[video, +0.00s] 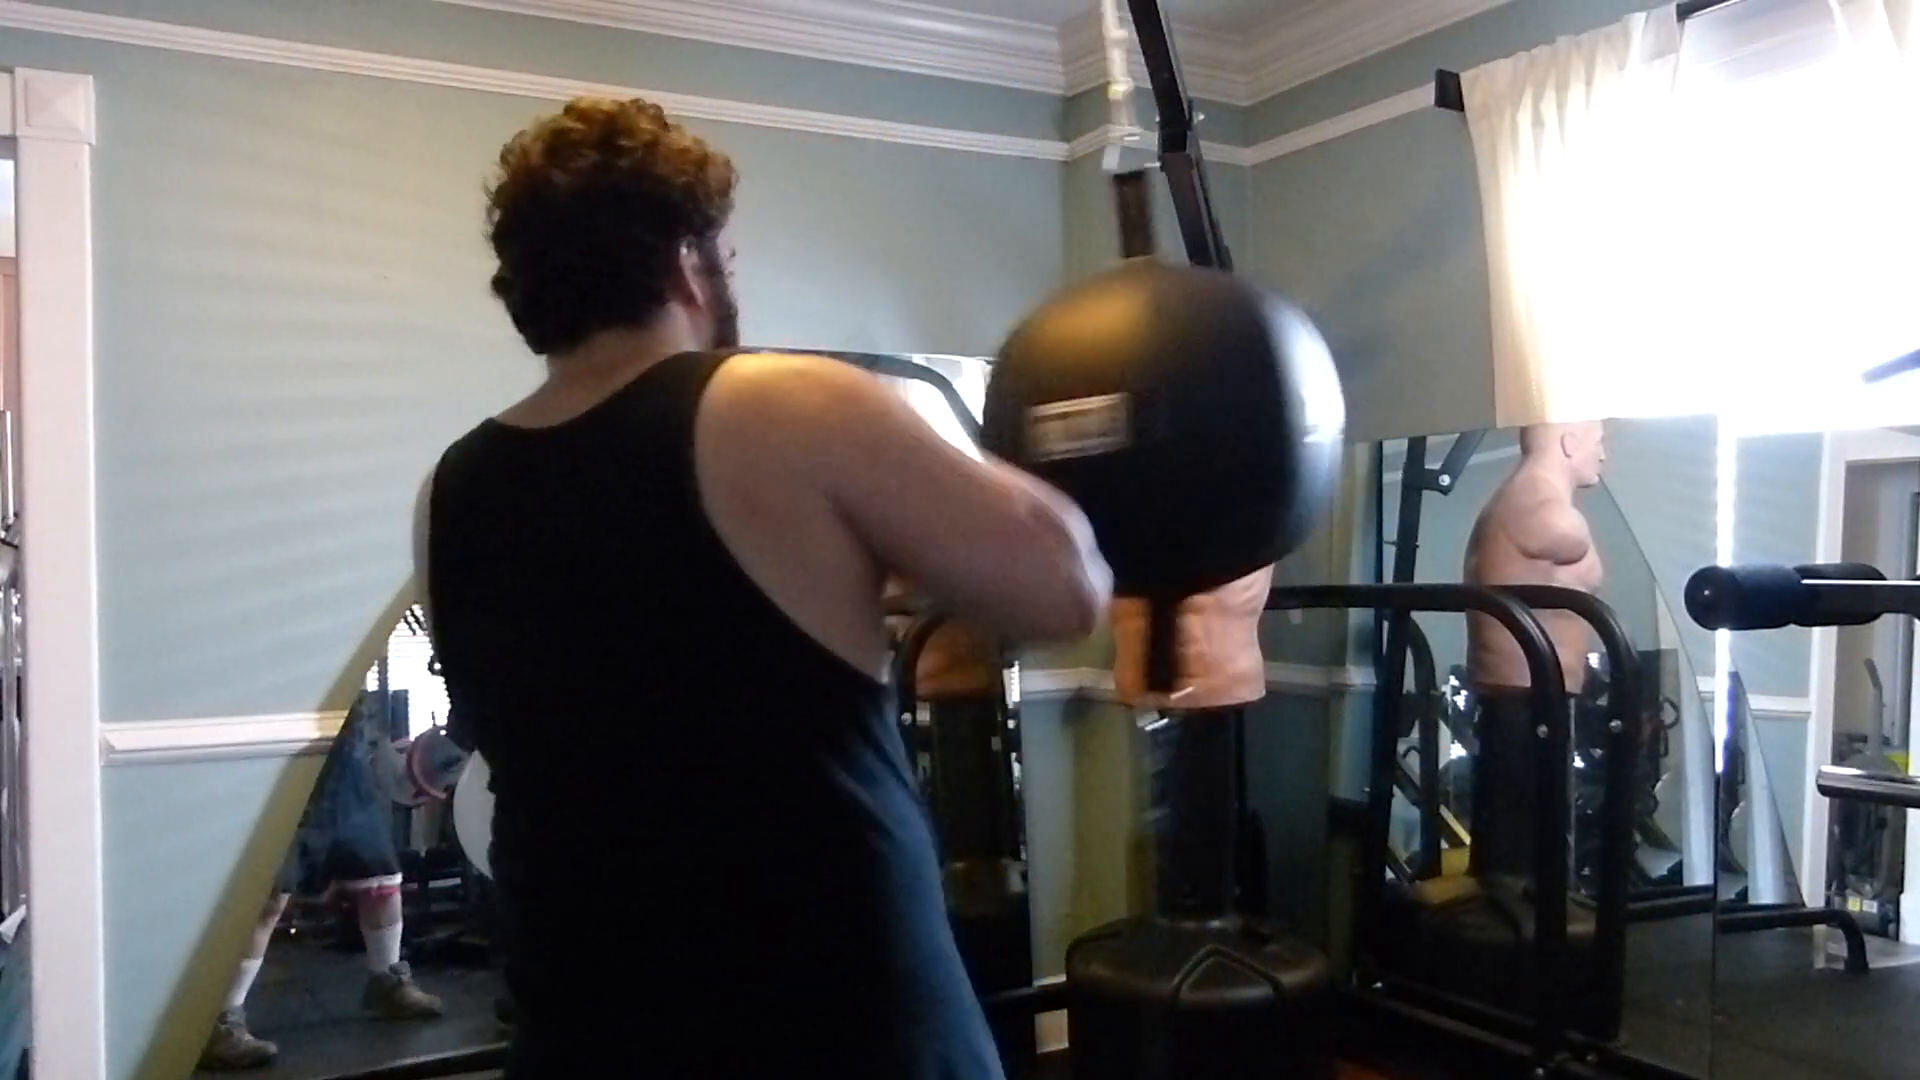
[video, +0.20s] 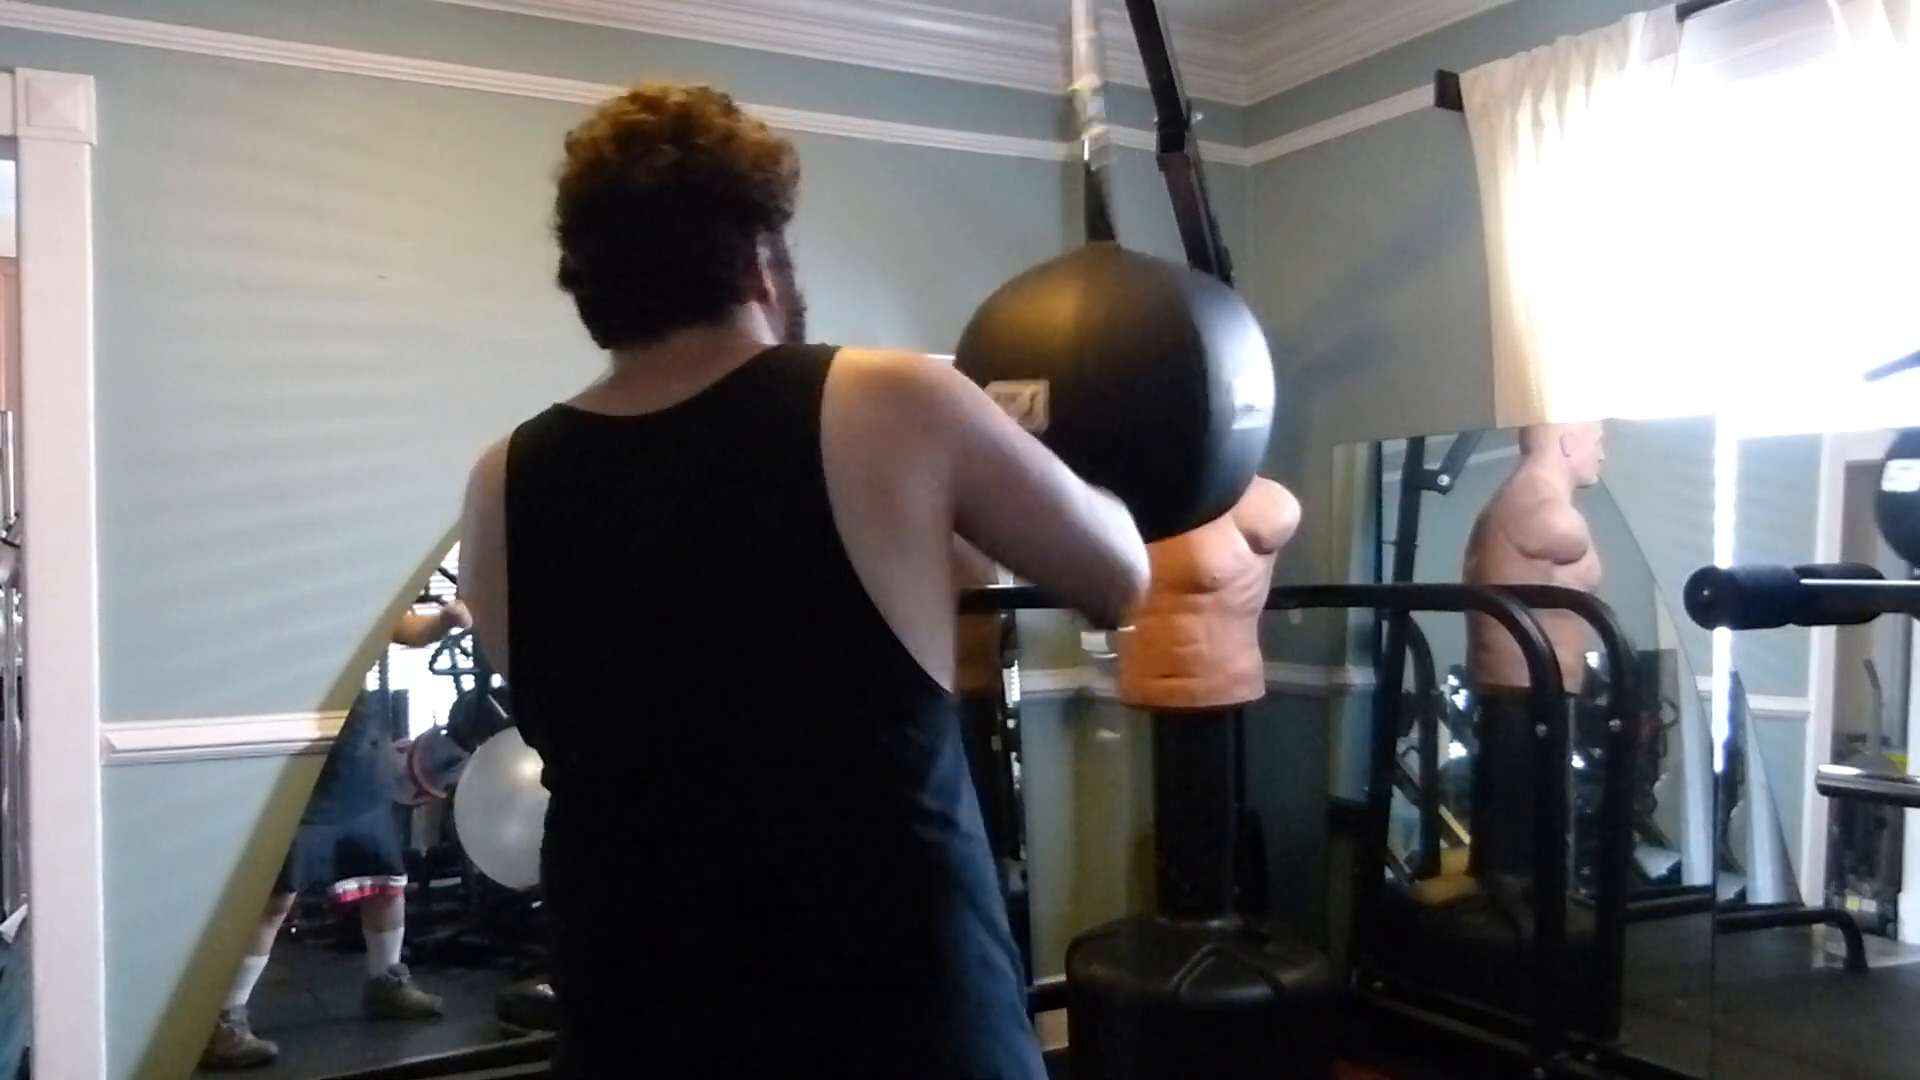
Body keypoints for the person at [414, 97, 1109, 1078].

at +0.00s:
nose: (735, 283)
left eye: (730, 254)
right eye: (726, 256)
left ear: (529, 291)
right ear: (687, 266)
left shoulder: (450, 495)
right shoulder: (799, 408)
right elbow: (1062, 592)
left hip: (582, 986)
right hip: (833, 981)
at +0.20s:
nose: (793, 275)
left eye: (787, 247)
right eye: (785, 248)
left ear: (585, 283)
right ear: (760, 261)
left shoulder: (503, 485)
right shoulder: (901, 403)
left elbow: (526, 679)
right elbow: (1114, 584)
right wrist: (983, 466)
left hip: (634, 998)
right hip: (899, 990)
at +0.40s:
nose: (859, 269)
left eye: (856, 241)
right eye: (854, 241)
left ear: (649, 280)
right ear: (821, 260)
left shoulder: (607, 469)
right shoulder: (896, 453)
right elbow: (1092, 762)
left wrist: (986, 460)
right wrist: (1140, 614)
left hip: (643, 1012)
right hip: (886, 1022)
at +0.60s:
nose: (837, 287)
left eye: (832, 256)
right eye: (830, 254)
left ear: (627, 288)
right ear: (798, 264)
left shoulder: (562, 487)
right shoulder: (853, 449)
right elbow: (1074, 745)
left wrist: (909, 507)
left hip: (617, 1012)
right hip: (861, 1019)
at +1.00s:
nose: (689, 317)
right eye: (679, 294)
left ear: (483, 355)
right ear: (660, 309)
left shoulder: (425, 534)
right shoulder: (841, 448)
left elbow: (475, 754)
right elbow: (1028, 669)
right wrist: (838, 731)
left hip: (623, 1044)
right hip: (908, 1026)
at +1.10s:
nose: (674, 326)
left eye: (663, 296)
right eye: (663, 300)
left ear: (468, 356)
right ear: (638, 313)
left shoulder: (402, 545)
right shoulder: (811, 448)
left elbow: (452, 767)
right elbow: (984, 688)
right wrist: (798, 736)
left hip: (598, 1038)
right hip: (871, 1018)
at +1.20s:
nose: (688, 319)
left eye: (685, 294)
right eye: (682, 295)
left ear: (482, 336)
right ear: (647, 308)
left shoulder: (405, 537)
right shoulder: (803, 455)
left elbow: (464, 763)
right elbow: (976, 713)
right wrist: (788, 660)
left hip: (581, 1039)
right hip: (849, 1024)